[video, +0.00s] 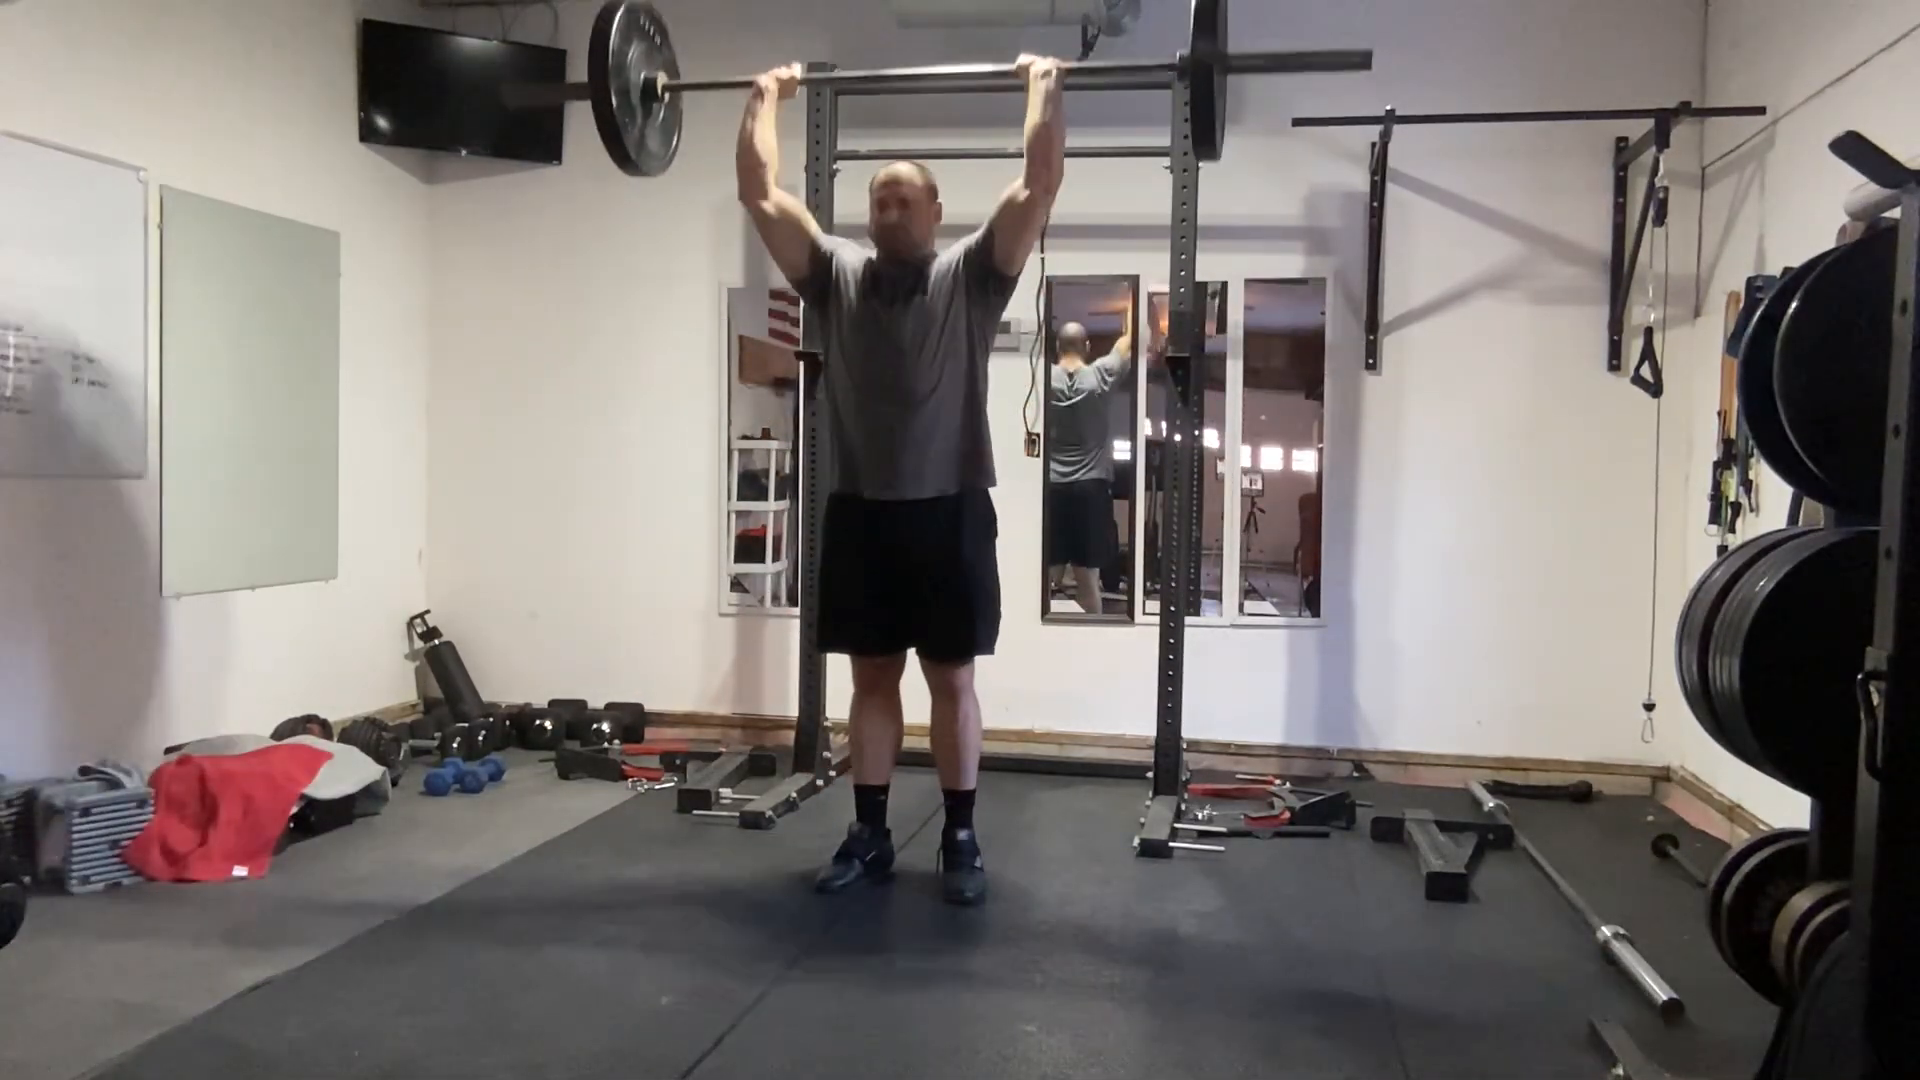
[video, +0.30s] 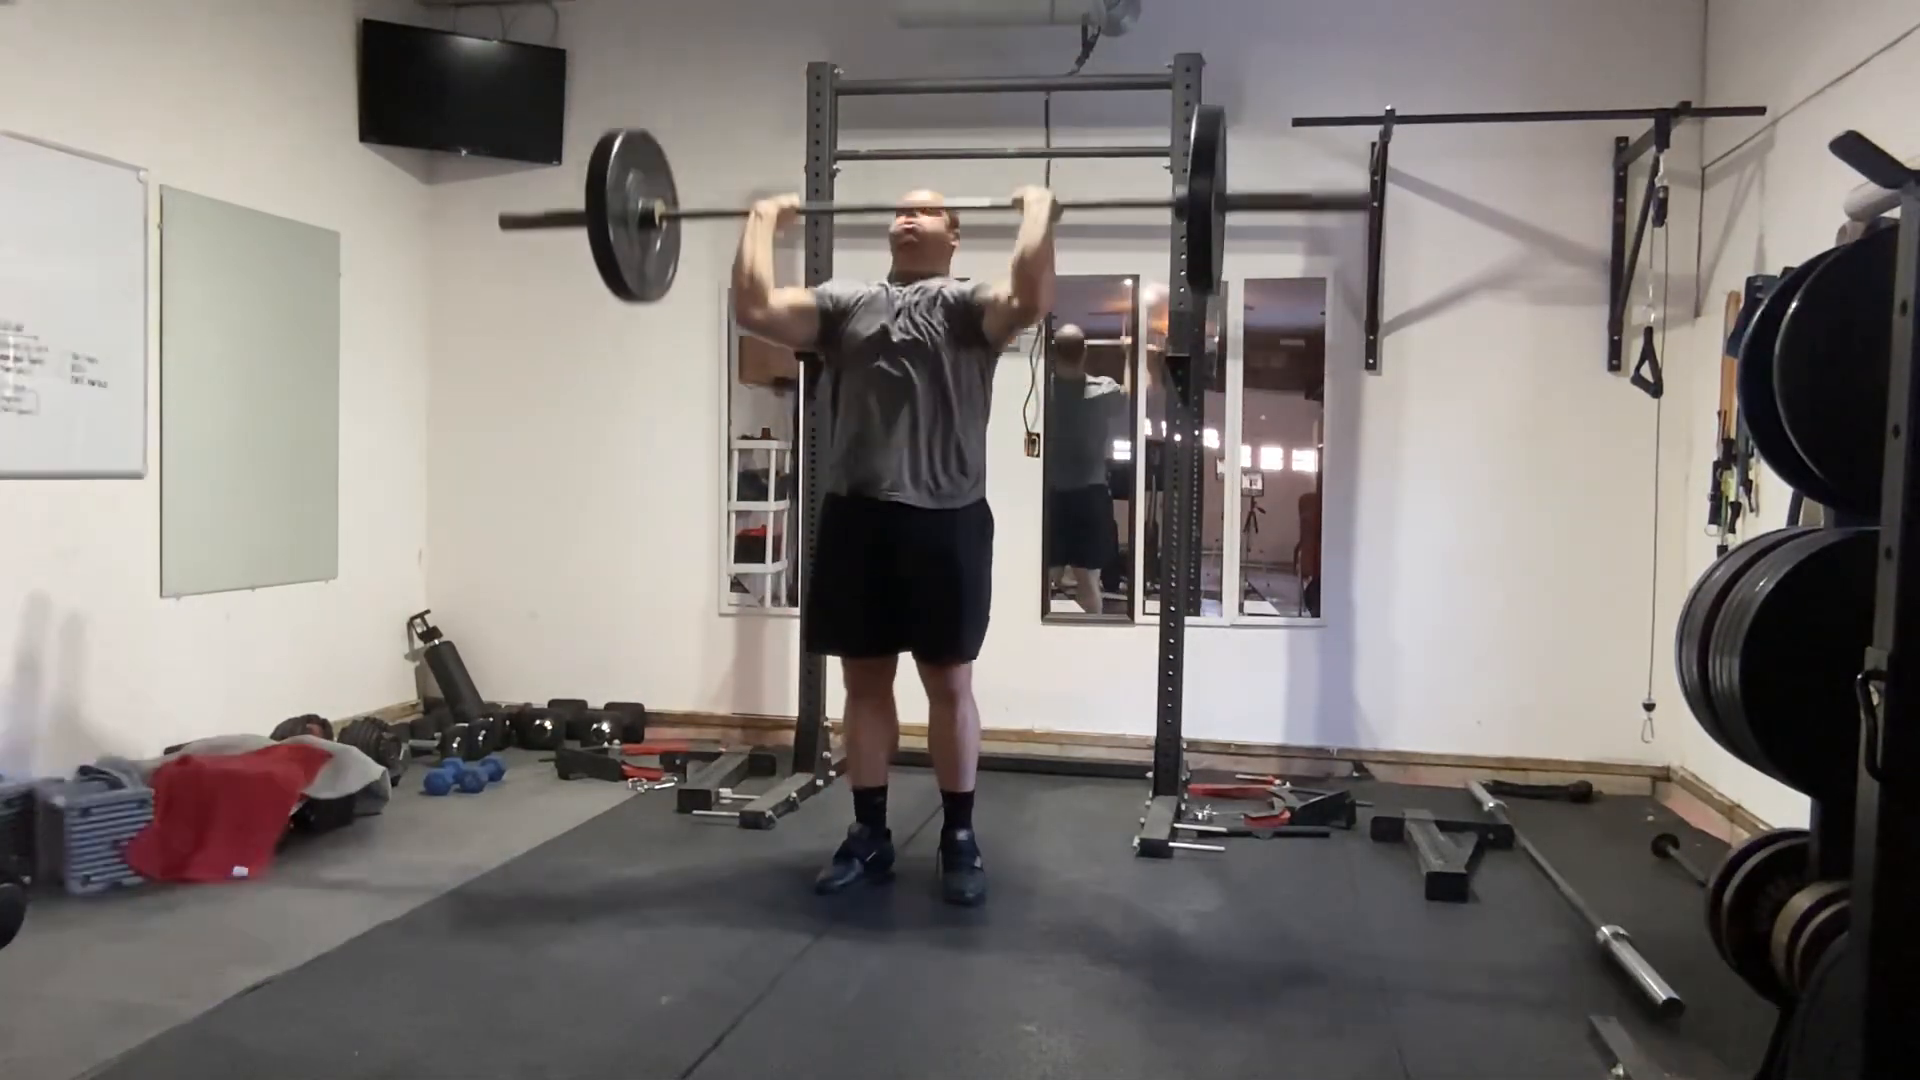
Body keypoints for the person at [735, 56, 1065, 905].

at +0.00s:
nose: (885, 204)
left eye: (901, 195)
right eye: (878, 196)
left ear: (936, 215)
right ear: (866, 216)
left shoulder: (973, 282)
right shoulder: (831, 283)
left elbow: (1038, 187)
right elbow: (760, 194)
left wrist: (1045, 84)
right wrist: (763, 93)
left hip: (949, 508)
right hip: (860, 509)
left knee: (950, 677)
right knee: (872, 675)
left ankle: (960, 839)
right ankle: (868, 839)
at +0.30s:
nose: (907, 219)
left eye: (922, 211)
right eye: (899, 212)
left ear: (953, 236)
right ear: (887, 233)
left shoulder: (967, 305)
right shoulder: (848, 305)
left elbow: (1028, 299)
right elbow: (754, 306)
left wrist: (1038, 209)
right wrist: (761, 216)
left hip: (946, 518)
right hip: (857, 516)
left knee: (949, 680)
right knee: (865, 680)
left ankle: (959, 841)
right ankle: (869, 838)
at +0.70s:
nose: (864, 459)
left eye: (877, 447)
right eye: (853, 445)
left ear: (905, 429)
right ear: (837, 432)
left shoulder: (958, 467)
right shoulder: (810, 470)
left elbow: (1013, 574)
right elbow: (779, 573)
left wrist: (1023, 689)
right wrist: (762, 675)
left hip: (956, 554)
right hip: (862, 555)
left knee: (965, 682)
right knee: (839, 672)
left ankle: (946, 828)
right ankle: (856, 829)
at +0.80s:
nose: (871, 387)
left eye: (884, 372)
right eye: (859, 372)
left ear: (914, 363)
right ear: (843, 367)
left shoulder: (962, 420)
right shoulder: (819, 420)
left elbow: (1019, 522)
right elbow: (782, 515)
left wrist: (1025, 634)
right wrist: (765, 619)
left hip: (962, 542)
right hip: (869, 539)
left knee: (963, 674)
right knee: (853, 669)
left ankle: (946, 826)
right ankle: (856, 827)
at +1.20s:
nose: (900, 236)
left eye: (914, 225)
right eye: (891, 225)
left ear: (944, 237)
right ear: (879, 237)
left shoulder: (982, 314)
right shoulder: (840, 313)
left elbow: (1041, 399)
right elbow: (793, 396)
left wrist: (1031, 491)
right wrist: (769, 486)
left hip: (950, 526)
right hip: (856, 524)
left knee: (944, 674)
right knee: (852, 674)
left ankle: (943, 831)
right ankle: (856, 828)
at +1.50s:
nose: (879, 248)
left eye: (893, 237)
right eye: (870, 237)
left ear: (924, 252)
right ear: (858, 252)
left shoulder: (968, 336)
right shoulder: (821, 336)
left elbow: (1007, 441)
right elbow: (786, 440)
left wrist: (1016, 540)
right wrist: (764, 529)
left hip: (946, 541)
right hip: (847, 540)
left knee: (948, 679)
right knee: (837, 671)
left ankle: (944, 827)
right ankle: (854, 827)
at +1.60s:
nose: (872, 271)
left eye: (887, 260)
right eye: (863, 260)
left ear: (916, 272)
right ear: (850, 272)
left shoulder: (963, 357)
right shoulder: (815, 357)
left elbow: (1004, 463)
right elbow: (783, 458)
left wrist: (1015, 566)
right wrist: (762, 557)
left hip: (950, 544)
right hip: (852, 544)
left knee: (953, 682)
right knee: (831, 669)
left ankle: (945, 826)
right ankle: (853, 828)